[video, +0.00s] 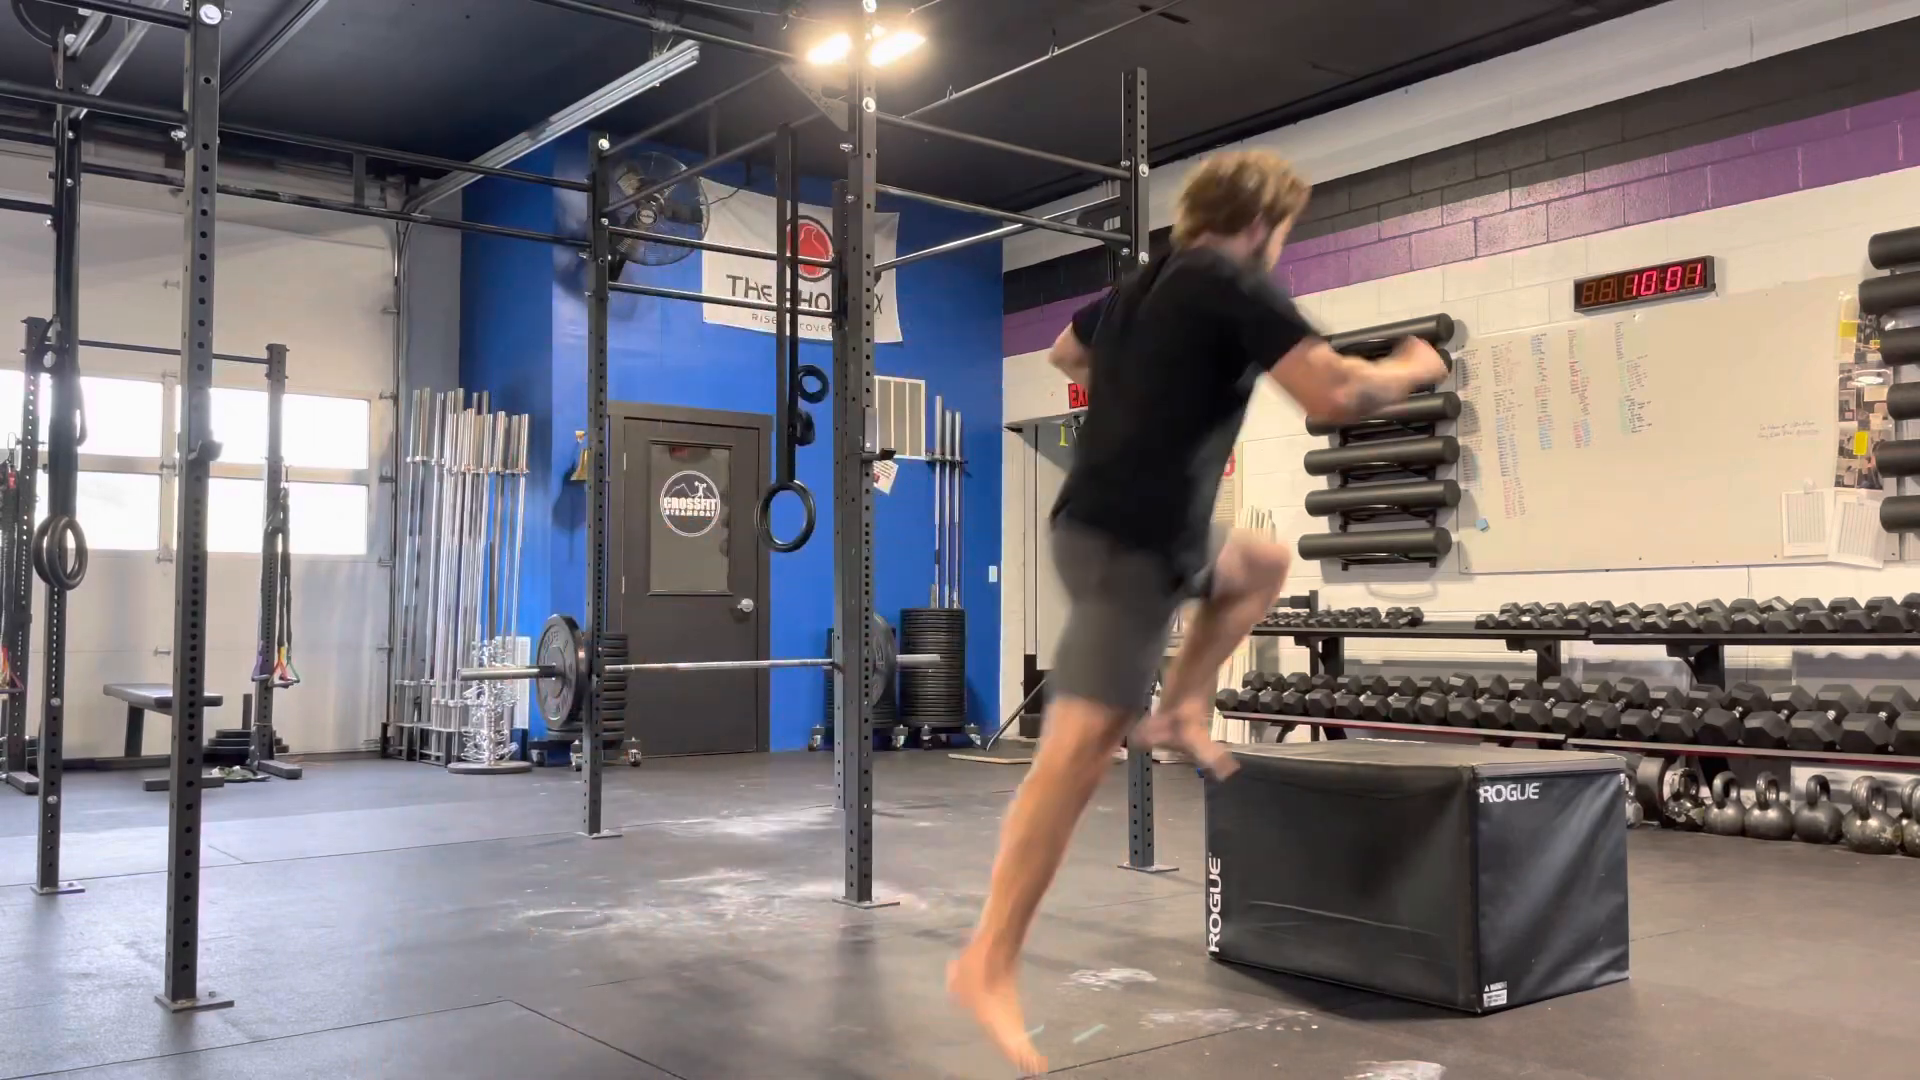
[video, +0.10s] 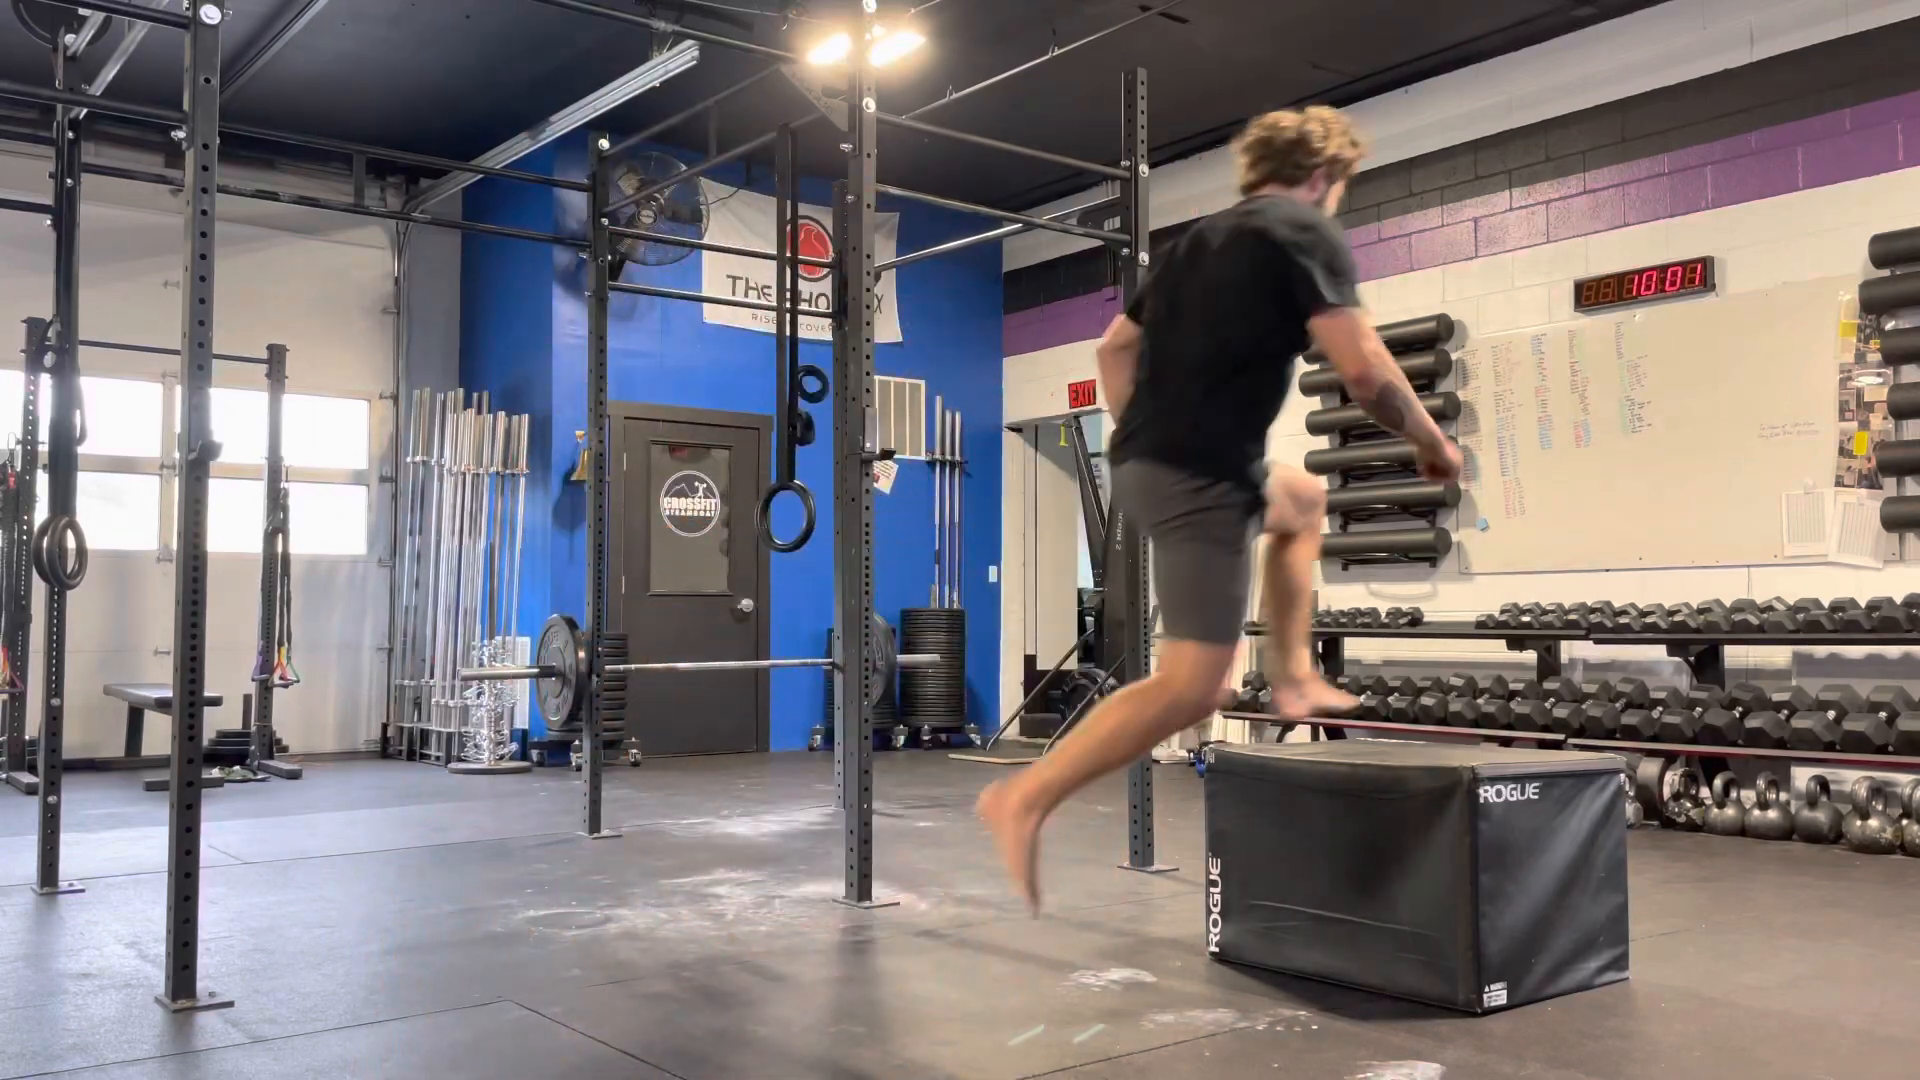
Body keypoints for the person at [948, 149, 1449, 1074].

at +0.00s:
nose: (1287, 248)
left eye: (1289, 234)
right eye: (1286, 233)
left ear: (1201, 221)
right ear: (1261, 226)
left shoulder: (1147, 281)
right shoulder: (1239, 287)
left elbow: (1067, 351)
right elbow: (1331, 394)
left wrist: (1139, 398)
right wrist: (1406, 372)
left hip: (1122, 526)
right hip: (1124, 535)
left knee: (1263, 563)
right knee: (1081, 743)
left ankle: (1180, 711)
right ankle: (986, 965)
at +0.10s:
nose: (1341, 204)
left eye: (1345, 191)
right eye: (1343, 189)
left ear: (1258, 175)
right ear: (1322, 179)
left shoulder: (1190, 242)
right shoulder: (1302, 231)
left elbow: (1115, 349)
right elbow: (1365, 374)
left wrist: (1144, 442)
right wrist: (1431, 442)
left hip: (1144, 464)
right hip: (1195, 474)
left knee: (1303, 498)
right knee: (1195, 685)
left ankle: (1295, 683)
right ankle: (1021, 801)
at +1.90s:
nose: (1455, 175)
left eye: (1453, 165)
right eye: (1453, 166)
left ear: (1373, 176)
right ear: (1438, 162)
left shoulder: (1332, 238)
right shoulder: (1451, 198)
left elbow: (1285, 349)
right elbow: (1488, 305)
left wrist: (1278, 448)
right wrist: (1510, 417)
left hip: (1303, 408)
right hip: (1376, 403)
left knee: (1391, 582)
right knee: (1393, 597)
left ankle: (1402, 733)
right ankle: (1288, 744)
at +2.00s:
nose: (1444, 202)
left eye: (1440, 192)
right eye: (1440, 192)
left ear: (1358, 202)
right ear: (1427, 190)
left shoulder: (1319, 261)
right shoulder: (1441, 227)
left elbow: (1268, 375)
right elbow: (1492, 351)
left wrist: (1273, 477)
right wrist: (1508, 449)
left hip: (1290, 429)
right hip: (1360, 433)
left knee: (1387, 577)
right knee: (1347, 636)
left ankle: (1402, 731)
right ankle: (1270, 794)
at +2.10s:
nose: (1426, 235)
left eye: (1423, 225)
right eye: (1422, 225)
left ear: (1339, 235)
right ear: (1406, 225)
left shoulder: (1301, 296)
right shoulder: (1428, 267)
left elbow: (1248, 413)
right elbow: (1488, 395)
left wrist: (1266, 516)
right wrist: (1502, 478)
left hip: (1267, 474)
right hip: (1337, 483)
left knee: (1387, 559)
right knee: (1314, 685)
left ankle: (1402, 732)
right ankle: (1255, 855)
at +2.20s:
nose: (1400, 273)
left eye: (1394, 263)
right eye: (1396, 262)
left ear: (1312, 270)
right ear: (1384, 267)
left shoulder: (1272, 339)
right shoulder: (1404, 317)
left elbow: (1221, 457)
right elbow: (1477, 442)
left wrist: (1248, 530)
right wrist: (1484, 510)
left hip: (1244, 531)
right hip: (1314, 543)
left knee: (1382, 563)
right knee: (1293, 753)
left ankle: (1404, 733)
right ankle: (1239, 930)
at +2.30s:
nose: (1361, 315)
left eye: (1358, 303)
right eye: (1359, 303)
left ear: (1281, 306)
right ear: (1343, 306)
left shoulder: (1233, 385)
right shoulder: (1358, 368)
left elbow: (1184, 505)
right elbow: (1448, 491)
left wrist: (1214, 579)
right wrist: (1461, 535)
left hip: (1227, 604)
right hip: (1299, 612)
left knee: (1363, 563)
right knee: (1293, 816)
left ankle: (1403, 732)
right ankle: (1209, 985)